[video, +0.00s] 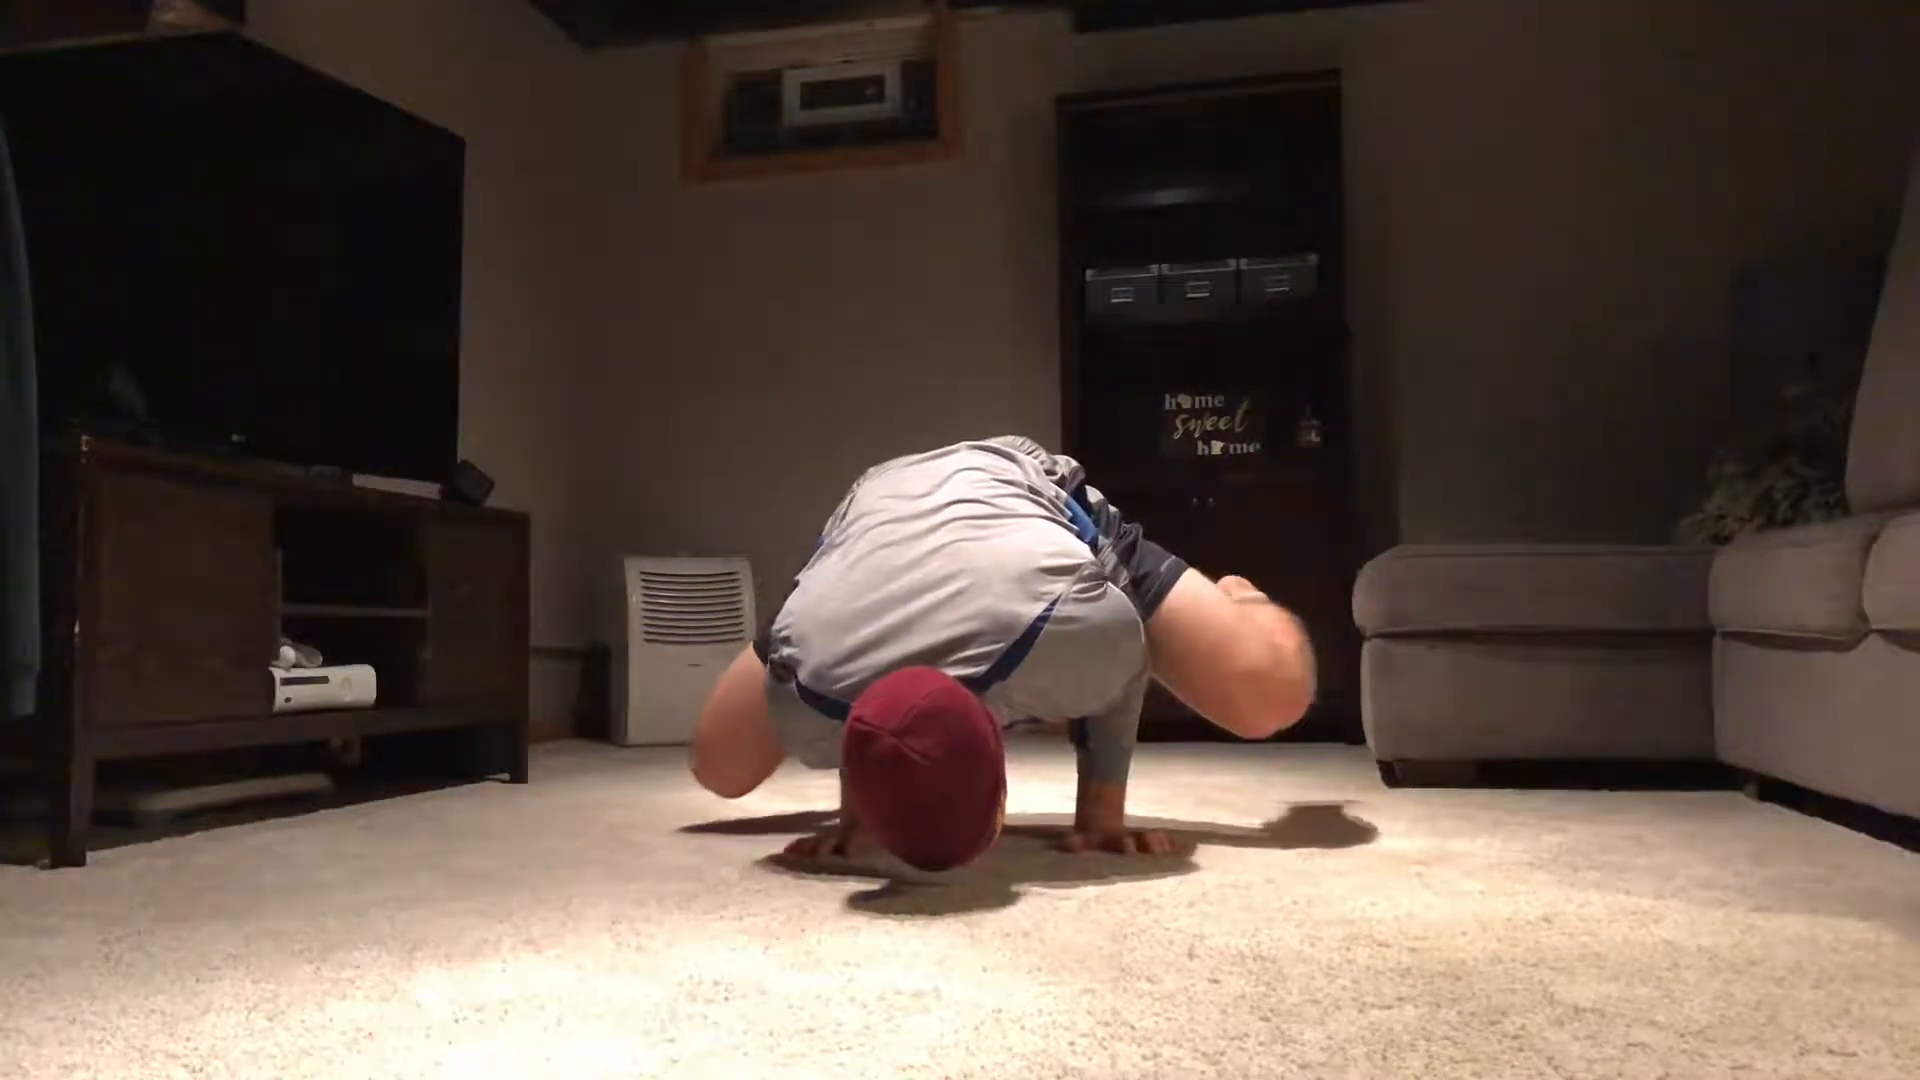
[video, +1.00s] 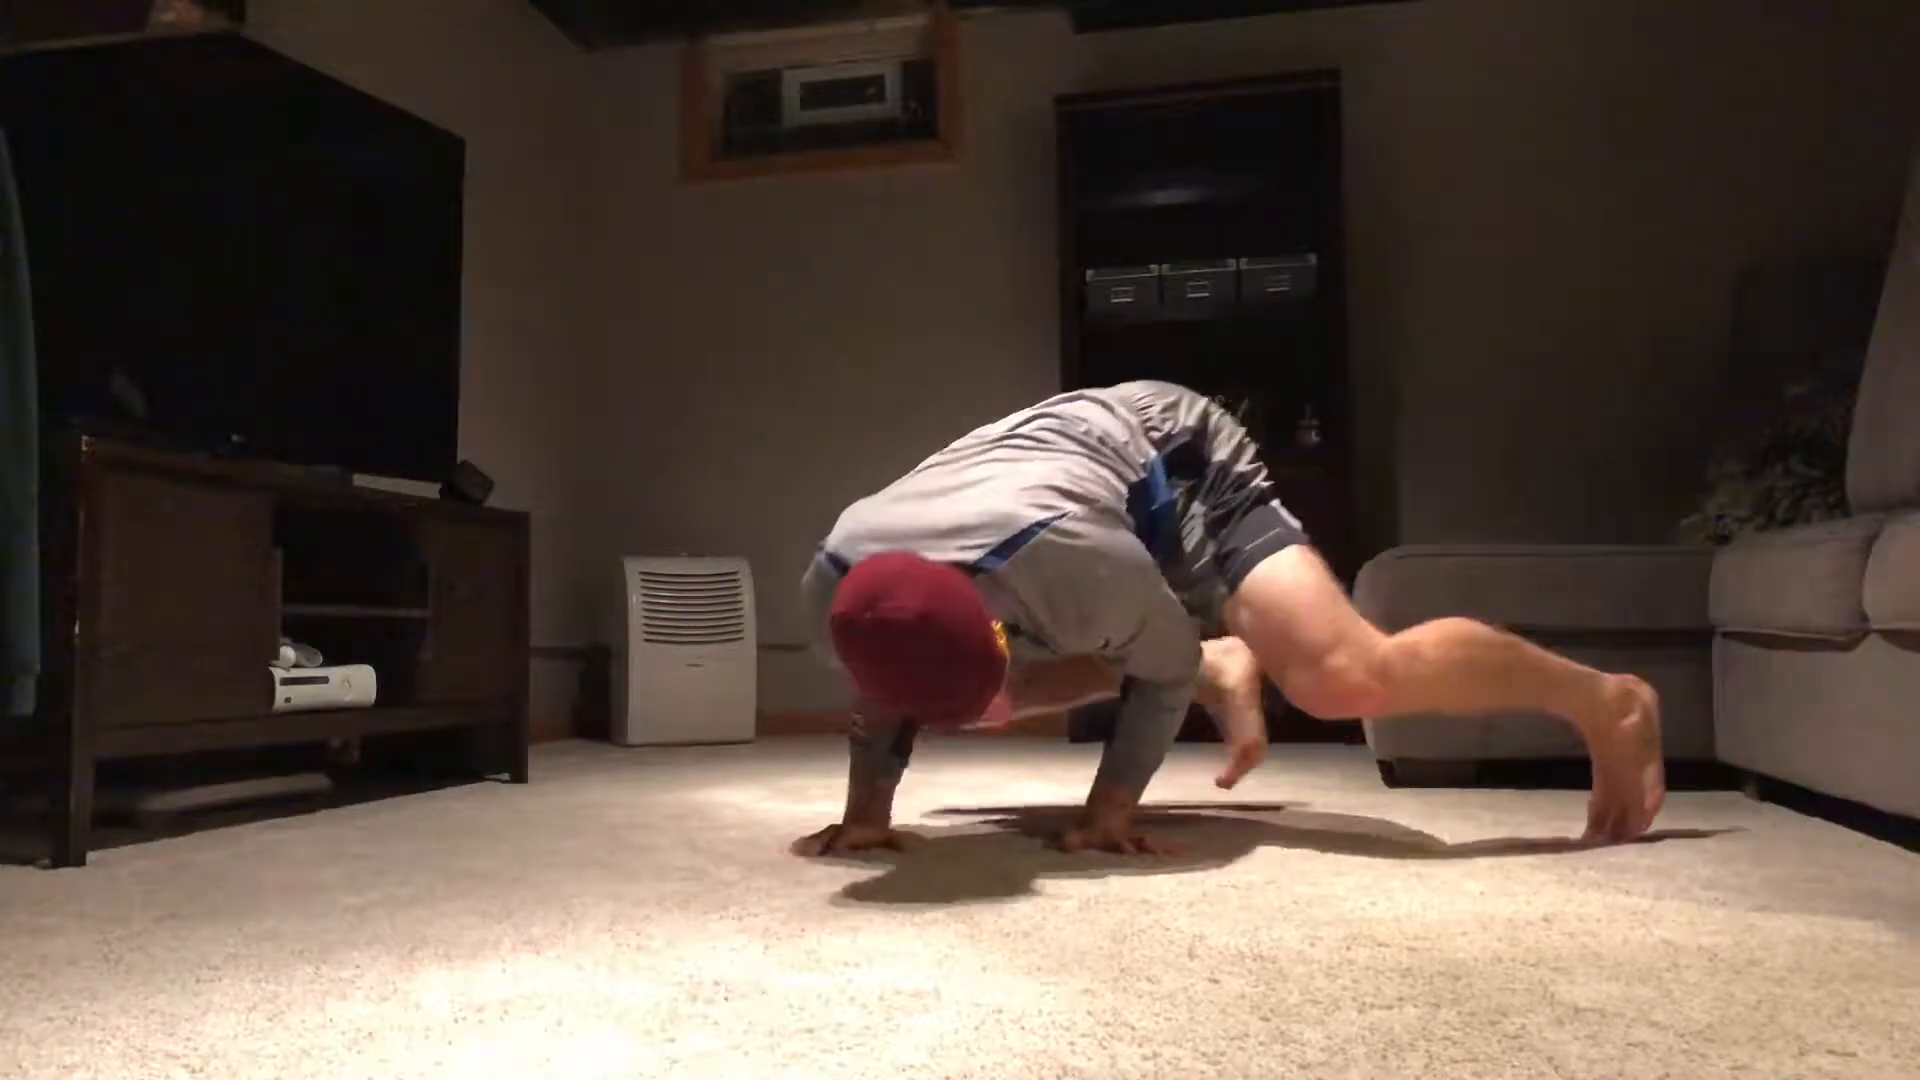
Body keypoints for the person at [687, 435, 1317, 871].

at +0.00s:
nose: (949, 864)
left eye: (964, 849)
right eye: (923, 858)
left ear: (989, 738)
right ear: (861, 753)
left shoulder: (1091, 639)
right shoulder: (794, 706)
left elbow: (1124, 672)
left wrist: (1101, 816)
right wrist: (855, 810)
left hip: (1027, 481)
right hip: (874, 499)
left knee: (1272, 703)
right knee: (720, 768)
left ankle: (1229, 599)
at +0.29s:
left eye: (961, 819)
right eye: (921, 831)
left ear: (974, 729)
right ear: (841, 750)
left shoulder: (1056, 637)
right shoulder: (782, 697)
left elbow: (1123, 658)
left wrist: (1101, 818)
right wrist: (860, 803)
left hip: (1038, 492)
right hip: (895, 509)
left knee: (1270, 698)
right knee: (750, 759)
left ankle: (1359, 622)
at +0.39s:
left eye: (958, 805)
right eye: (925, 817)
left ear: (974, 722)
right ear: (851, 756)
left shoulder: (1054, 635)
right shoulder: (782, 681)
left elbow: (1127, 659)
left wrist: (1101, 816)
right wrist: (865, 808)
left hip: (1038, 488)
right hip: (898, 511)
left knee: (1269, 695)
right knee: (769, 760)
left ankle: (1419, 627)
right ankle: (1002, 722)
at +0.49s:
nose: (974, 824)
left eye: (973, 808)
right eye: (950, 825)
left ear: (971, 717)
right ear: (848, 763)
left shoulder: (1049, 629)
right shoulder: (782, 704)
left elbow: (1126, 651)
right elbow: (831, 746)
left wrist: (1105, 821)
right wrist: (866, 812)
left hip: (1045, 492)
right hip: (910, 511)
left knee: (1277, 693)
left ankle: (1476, 630)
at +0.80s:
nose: (946, 776)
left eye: (948, 761)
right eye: (915, 773)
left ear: (958, 697)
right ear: (830, 715)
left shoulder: (1046, 619)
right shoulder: (791, 626)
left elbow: (1137, 664)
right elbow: (846, 727)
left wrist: (1102, 812)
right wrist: (865, 817)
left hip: (1098, 483)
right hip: (962, 496)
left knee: (1298, 702)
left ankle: (1557, 705)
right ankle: (1161, 701)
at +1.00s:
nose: (989, 722)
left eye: (990, 700)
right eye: (964, 720)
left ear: (989, 625)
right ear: (854, 649)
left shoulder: (1070, 576)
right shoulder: (840, 578)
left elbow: (1158, 677)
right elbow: (878, 694)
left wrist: (1110, 812)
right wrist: (866, 817)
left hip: (1165, 449)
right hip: (1040, 474)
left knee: (1352, 678)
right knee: (1014, 705)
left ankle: (1609, 706)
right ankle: (1214, 669)